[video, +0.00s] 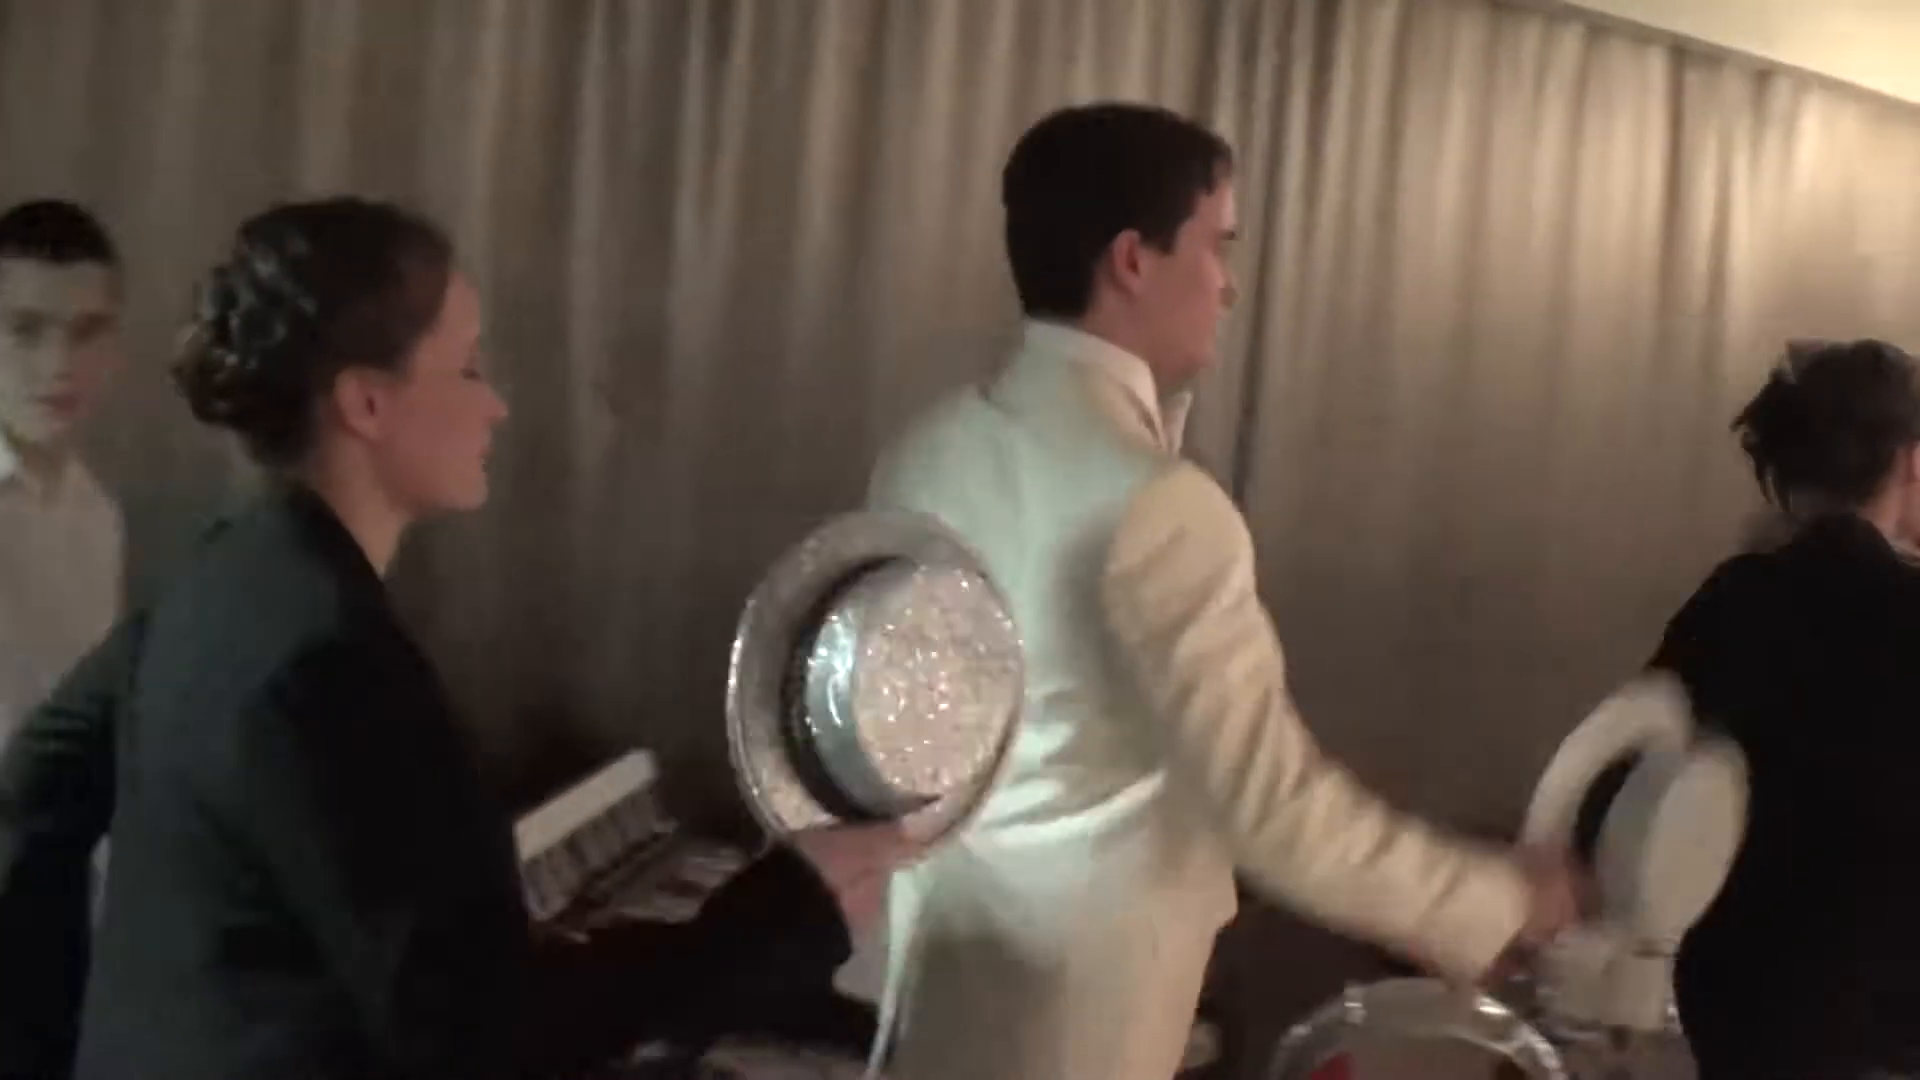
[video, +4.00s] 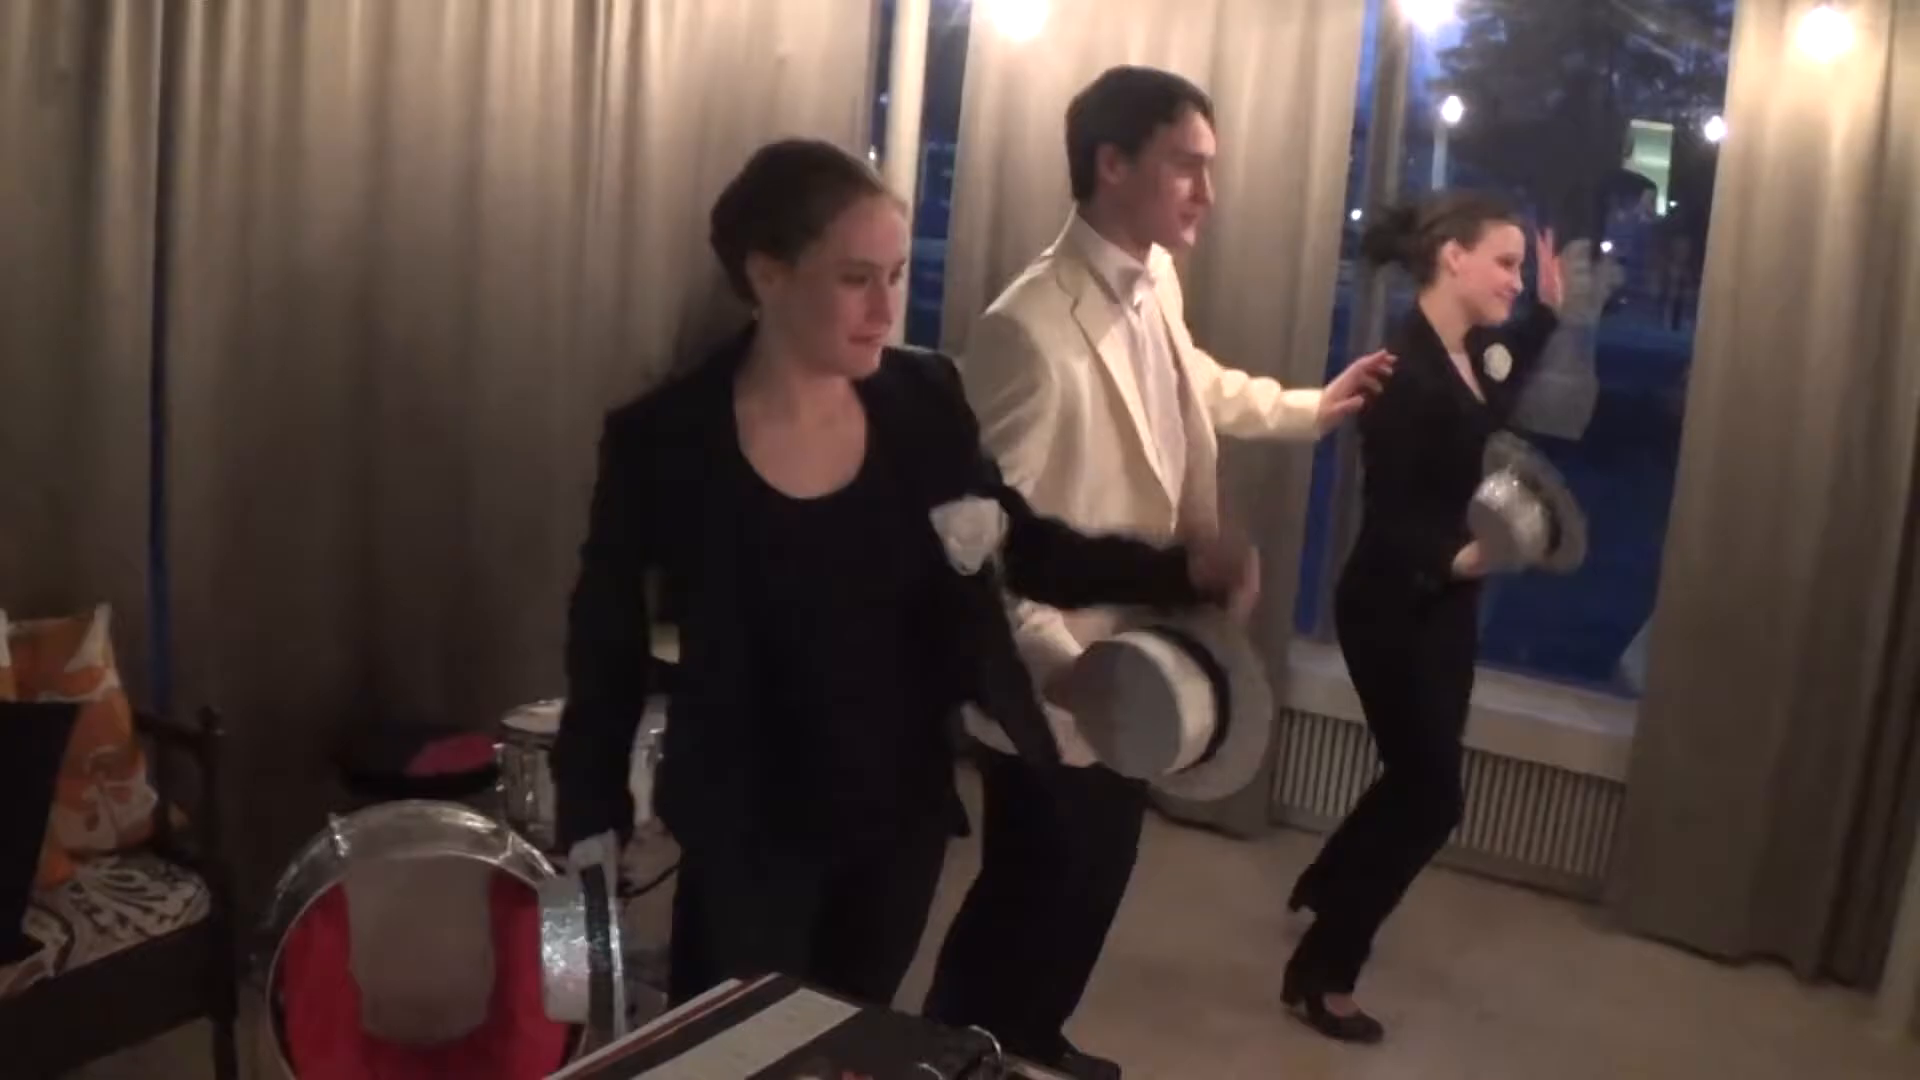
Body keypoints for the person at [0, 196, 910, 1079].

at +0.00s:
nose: (499, 409)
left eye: (485, 371)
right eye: (471, 373)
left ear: (360, 399)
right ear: (363, 400)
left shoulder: (212, 580)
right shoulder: (334, 657)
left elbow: (40, 787)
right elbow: (488, 1031)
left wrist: (46, 1041)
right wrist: (796, 898)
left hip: (145, 1045)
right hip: (278, 1058)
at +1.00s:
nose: (878, 422)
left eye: (869, 394)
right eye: (866, 397)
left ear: (701, 425)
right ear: (817, 426)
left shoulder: (607, 594)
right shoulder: (853, 630)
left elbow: (474, 818)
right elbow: (932, 916)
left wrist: (442, 1026)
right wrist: (1119, 858)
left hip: (616, 1041)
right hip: (800, 1046)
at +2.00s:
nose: (1128, 410)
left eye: (1122, 386)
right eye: (1109, 388)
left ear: (1041, 408)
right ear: (1036, 406)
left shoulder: (1028, 538)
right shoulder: (974, 558)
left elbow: (1073, 754)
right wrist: (1148, 900)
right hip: (980, 965)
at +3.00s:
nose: (896, 284)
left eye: (910, 256)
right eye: (871, 257)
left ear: (922, 252)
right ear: (780, 254)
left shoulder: (895, 405)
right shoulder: (670, 391)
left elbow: (899, 627)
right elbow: (592, 591)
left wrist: (871, 789)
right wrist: (742, 534)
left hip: (792, 814)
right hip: (641, 807)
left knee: (786, 1052)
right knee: (636, 1060)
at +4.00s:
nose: (888, 307)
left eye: (896, 276)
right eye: (857, 278)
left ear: (908, 272)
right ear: (764, 277)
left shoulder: (921, 401)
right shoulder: (659, 441)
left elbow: (1015, 550)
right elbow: (606, 646)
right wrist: (591, 820)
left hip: (897, 819)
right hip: (744, 825)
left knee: (852, 1051)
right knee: (722, 1054)